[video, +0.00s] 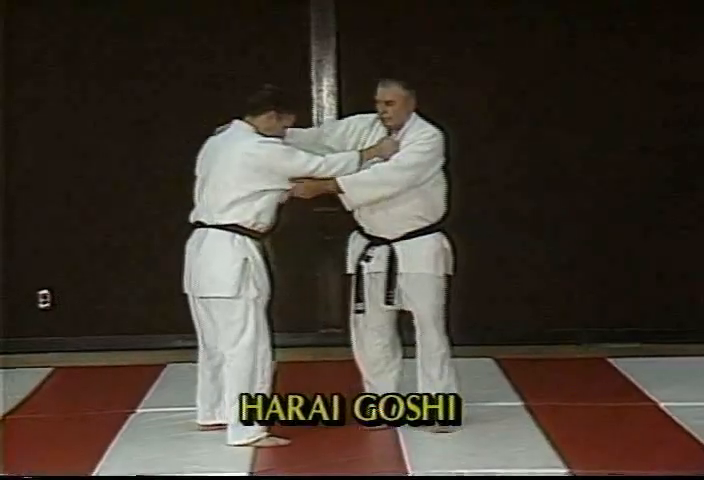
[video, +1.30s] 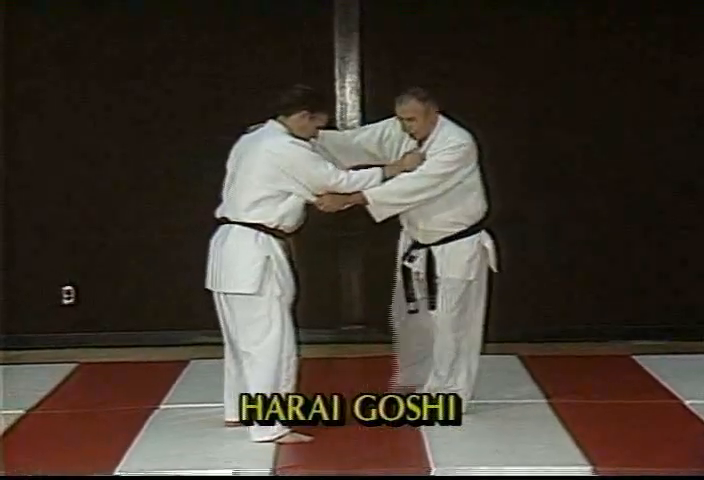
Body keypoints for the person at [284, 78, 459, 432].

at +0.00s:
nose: (383, 111)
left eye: (390, 105)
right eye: (379, 104)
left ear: (411, 104)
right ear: (376, 104)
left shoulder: (427, 138)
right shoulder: (363, 127)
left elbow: (394, 176)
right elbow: (318, 136)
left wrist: (328, 186)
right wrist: (263, 134)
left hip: (418, 245)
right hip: (370, 245)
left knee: (429, 328)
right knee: (371, 329)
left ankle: (439, 406)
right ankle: (382, 404)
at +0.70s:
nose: (400, 132)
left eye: (405, 124)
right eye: (395, 125)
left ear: (425, 115)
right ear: (390, 121)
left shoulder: (450, 144)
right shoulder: (387, 132)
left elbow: (414, 187)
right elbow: (340, 141)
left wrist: (347, 201)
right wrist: (290, 138)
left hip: (454, 245)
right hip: (412, 243)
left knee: (449, 329)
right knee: (412, 327)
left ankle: (443, 407)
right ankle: (419, 401)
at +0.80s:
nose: (400, 131)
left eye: (406, 124)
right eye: (395, 124)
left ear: (426, 116)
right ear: (391, 120)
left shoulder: (451, 146)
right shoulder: (386, 133)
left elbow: (412, 189)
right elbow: (341, 141)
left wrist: (346, 202)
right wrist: (291, 138)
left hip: (457, 243)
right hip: (419, 243)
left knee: (452, 325)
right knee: (429, 323)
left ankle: (447, 398)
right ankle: (436, 390)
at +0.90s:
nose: (401, 132)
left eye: (407, 124)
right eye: (396, 124)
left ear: (427, 116)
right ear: (392, 120)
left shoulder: (451, 146)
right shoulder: (388, 132)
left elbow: (412, 190)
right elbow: (343, 140)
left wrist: (344, 202)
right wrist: (294, 136)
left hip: (456, 242)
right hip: (422, 239)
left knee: (450, 322)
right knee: (437, 303)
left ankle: (441, 396)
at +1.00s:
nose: (402, 132)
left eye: (408, 125)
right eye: (397, 125)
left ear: (428, 117)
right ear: (392, 121)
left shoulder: (451, 146)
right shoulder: (390, 132)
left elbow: (413, 189)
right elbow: (345, 140)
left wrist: (345, 203)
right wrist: (294, 135)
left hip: (458, 242)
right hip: (422, 239)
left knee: (449, 321)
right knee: (440, 300)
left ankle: (443, 394)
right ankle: (485, 329)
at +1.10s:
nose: (403, 132)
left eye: (409, 125)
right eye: (399, 125)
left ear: (429, 117)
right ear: (394, 121)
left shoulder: (453, 146)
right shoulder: (391, 134)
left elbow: (414, 189)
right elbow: (344, 141)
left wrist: (347, 202)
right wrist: (296, 136)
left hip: (459, 243)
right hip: (424, 241)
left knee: (450, 322)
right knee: (441, 312)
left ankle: (445, 395)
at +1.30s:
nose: (407, 129)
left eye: (413, 121)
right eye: (402, 122)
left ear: (433, 114)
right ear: (398, 118)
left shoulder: (456, 144)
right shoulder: (394, 132)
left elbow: (419, 184)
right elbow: (348, 142)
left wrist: (353, 198)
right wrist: (300, 136)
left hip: (457, 246)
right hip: (414, 242)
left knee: (451, 324)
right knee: (409, 320)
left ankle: (449, 396)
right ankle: (408, 387)